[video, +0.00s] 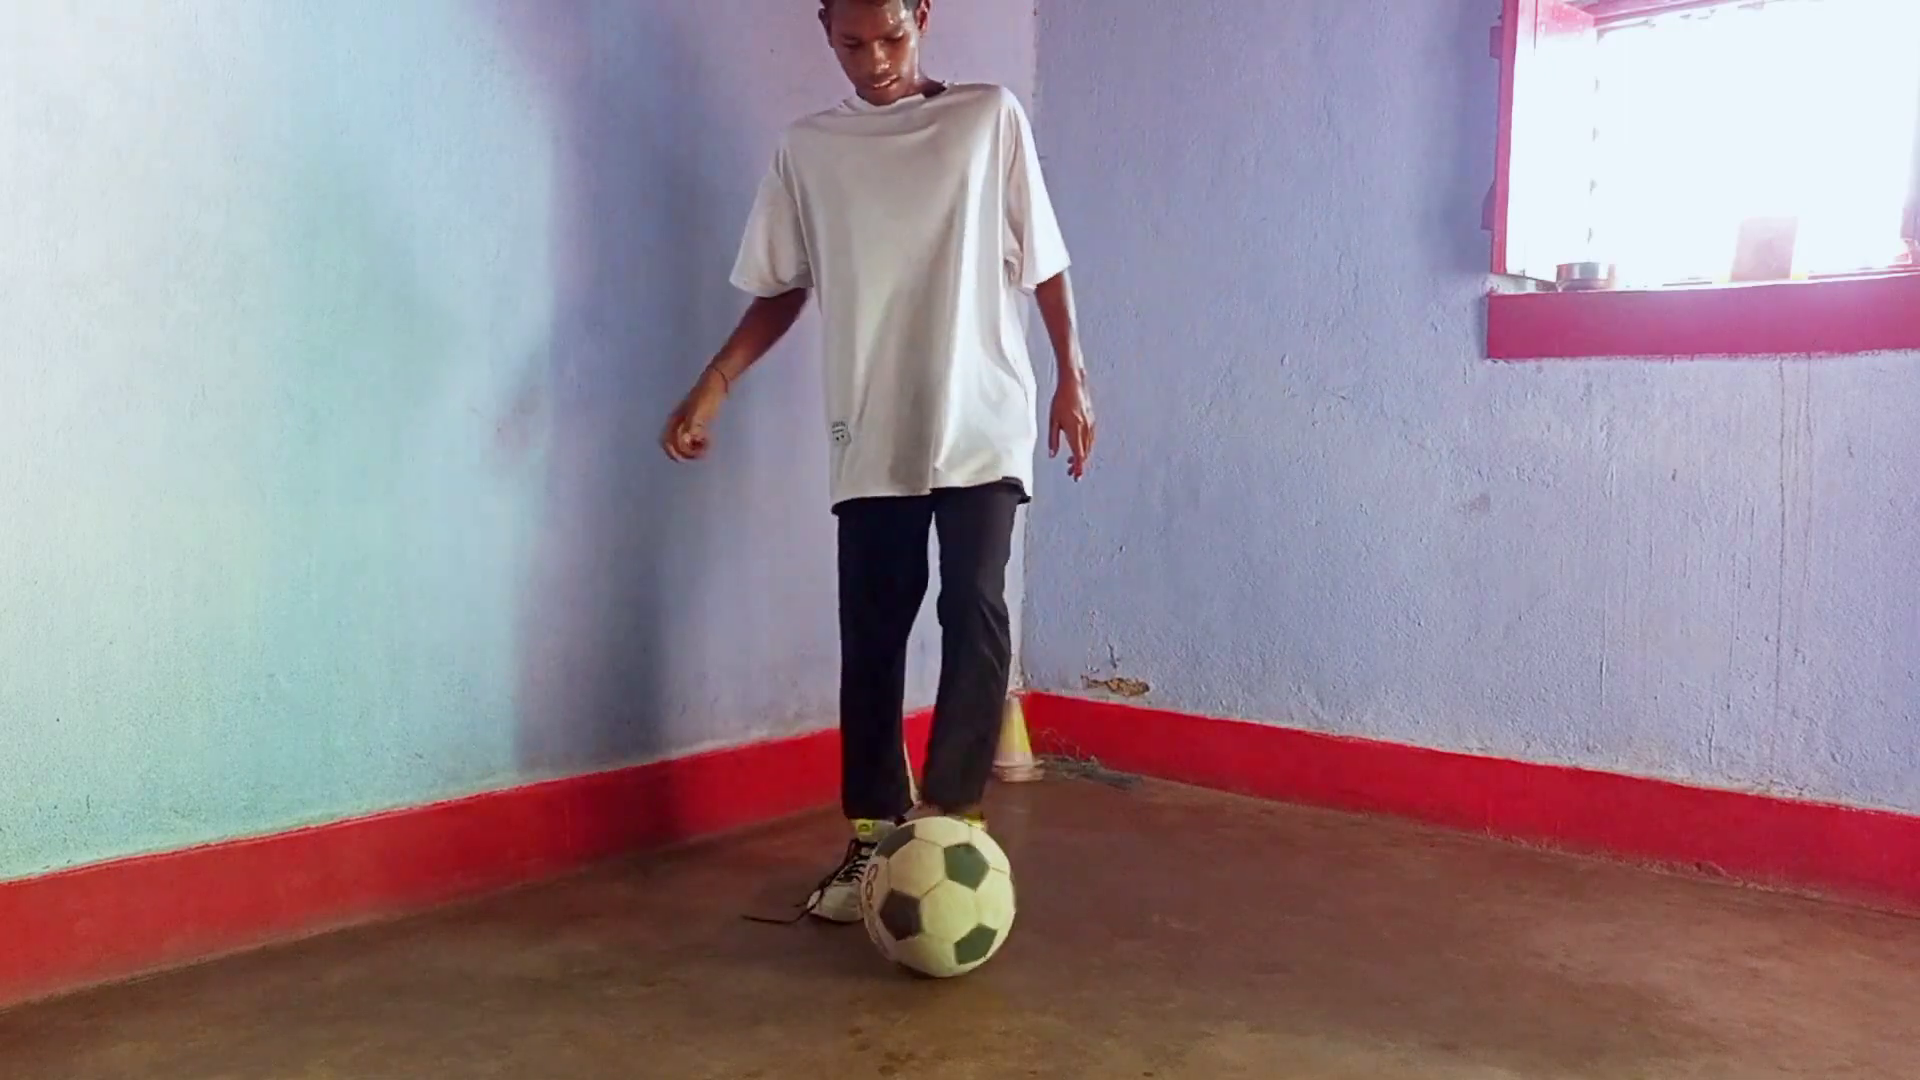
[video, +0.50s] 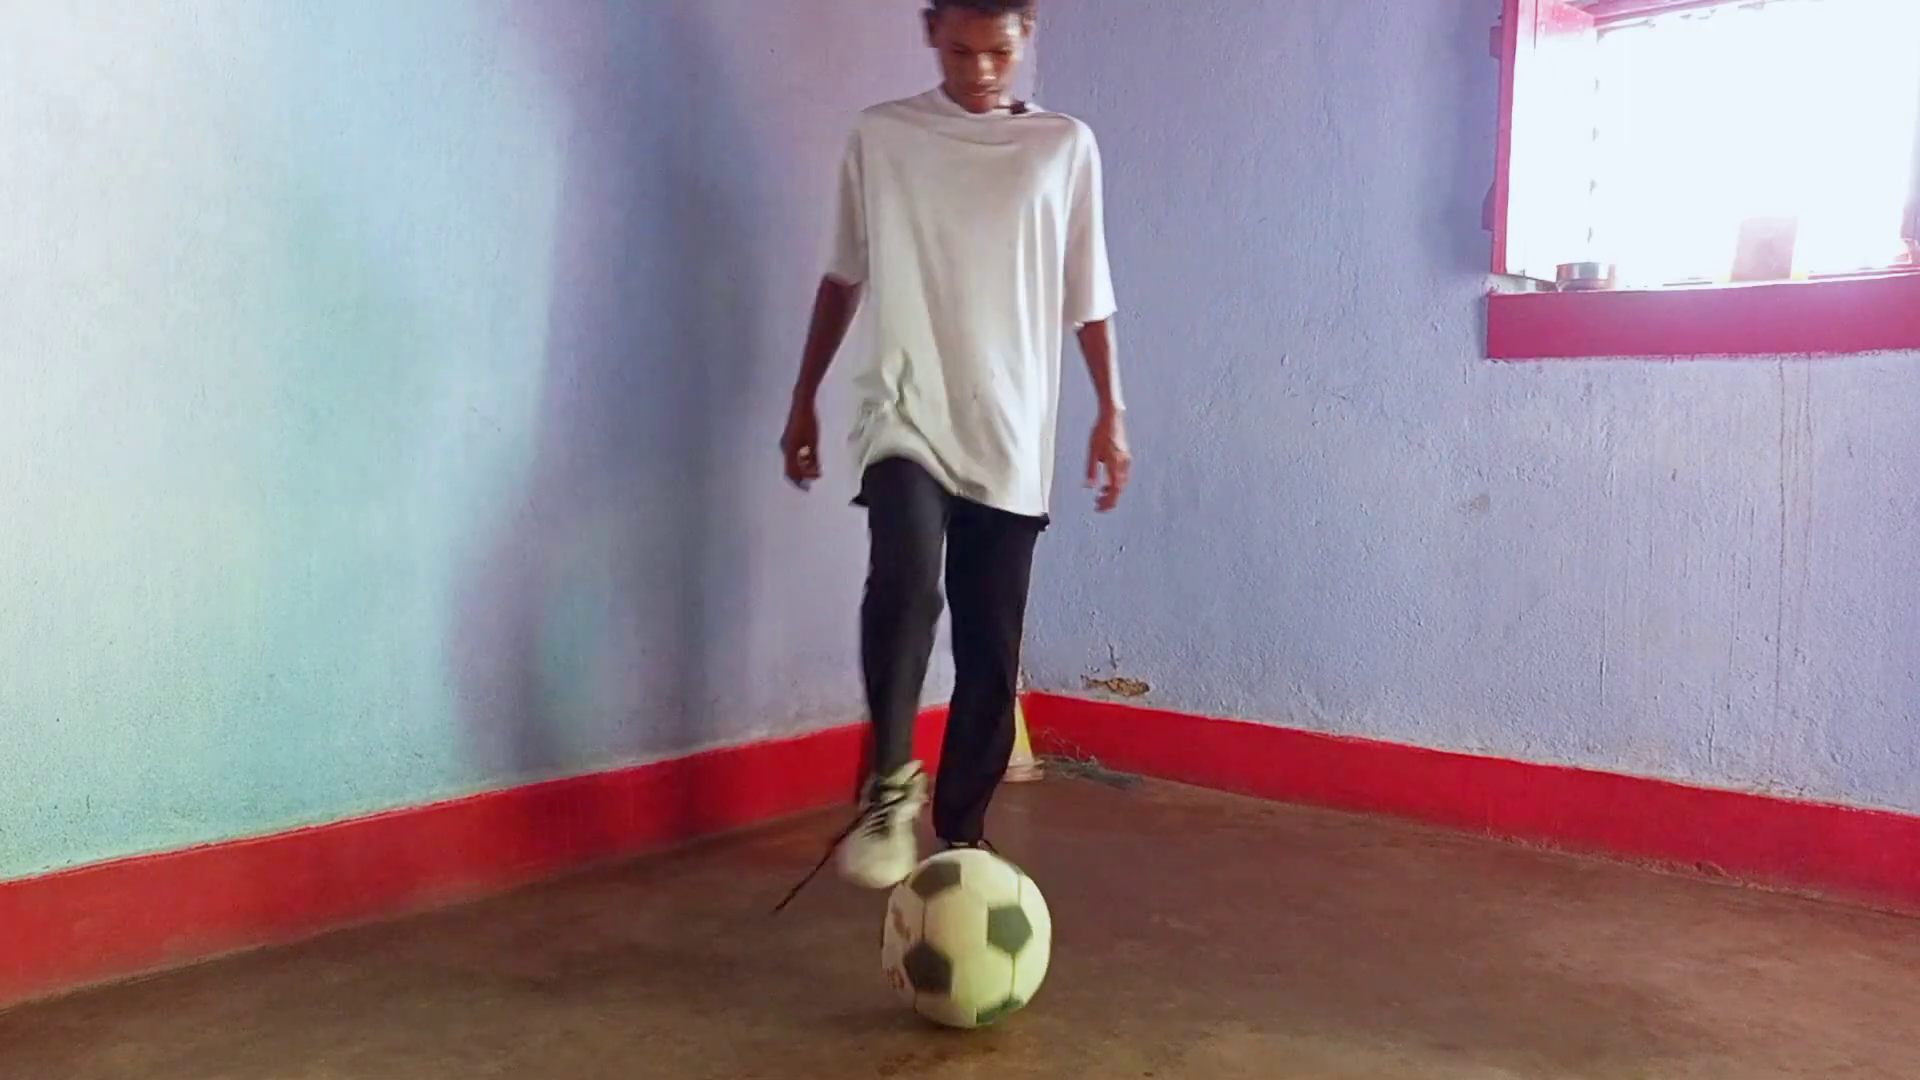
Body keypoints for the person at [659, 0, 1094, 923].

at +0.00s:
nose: (875, 61)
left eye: (890, 39)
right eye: (853, 44)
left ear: (920, 22)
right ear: (828, 36)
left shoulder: (989, 117)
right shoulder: (808, 150)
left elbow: (1042, 261)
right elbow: (782, 294)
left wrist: (1072, 375)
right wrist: (707, 388)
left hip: (982, 417)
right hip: (872, 427)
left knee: (974, 605)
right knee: (869, 632)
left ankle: (949, 831)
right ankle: (876, 840)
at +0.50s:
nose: (980, 71)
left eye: (998, 52)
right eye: (962, 52)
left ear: (1027, 39)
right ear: (931, 37)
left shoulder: (1066, 146)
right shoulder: (878, 135)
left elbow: (1087, 293)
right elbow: (842, 278)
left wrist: (1111, 410)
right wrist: (803, 398)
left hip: (1010, 429)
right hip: (904, 414)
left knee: (991, 652)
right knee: (907, 581)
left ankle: (959, 843)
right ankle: (889, 786)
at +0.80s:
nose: (1072, 72)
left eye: (1090, 52)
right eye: (1054, 50)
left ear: (1120, 49)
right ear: (1028, 45)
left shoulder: (1154, 178)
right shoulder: (968, 147)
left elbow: (1162, 337)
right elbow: (923, 292)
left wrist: (1159, 464)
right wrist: (895, 419)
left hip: (1078, 448)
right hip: (966, 429)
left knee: (1053, 652)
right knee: (946, 579)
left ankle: (1019, 833)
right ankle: (924, 794)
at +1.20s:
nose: (1054, 84)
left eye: (1072, 64)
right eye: (1036, 63)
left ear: (1104, 55)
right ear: (1009, 53)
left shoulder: (1146, 178)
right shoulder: (958, 161)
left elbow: (1165, 335)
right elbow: (926, 306)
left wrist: (1164, 464)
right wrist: (900, 430)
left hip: (1082, 457)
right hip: (967, 441)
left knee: (1054, 662)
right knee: (941, 594)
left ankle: (1019, 837)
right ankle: (913, 798)